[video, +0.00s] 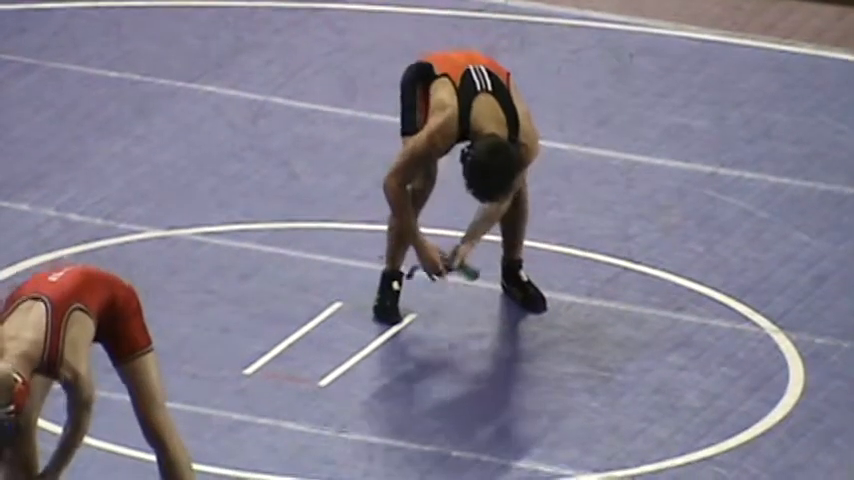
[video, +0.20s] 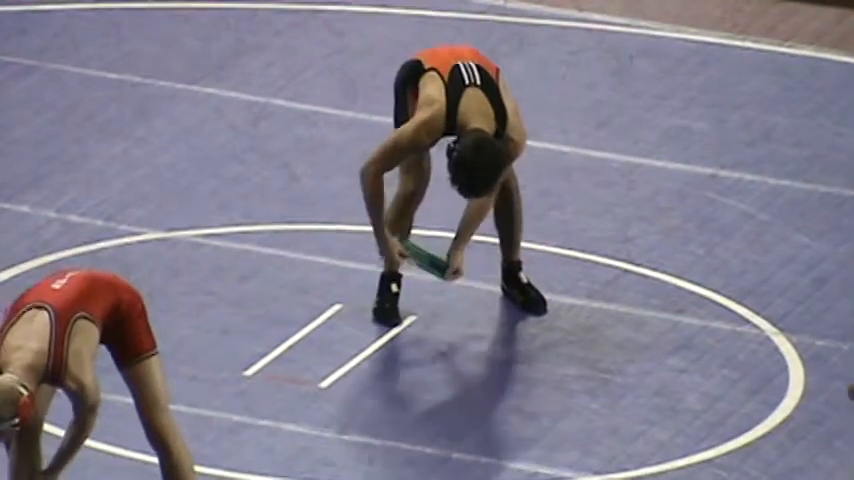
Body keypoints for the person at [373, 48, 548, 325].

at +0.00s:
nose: (489, 204)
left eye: (497, 199)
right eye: (483, 198)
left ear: (514, 169)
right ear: (468, 160)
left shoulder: (528, 144)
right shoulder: (443, 129)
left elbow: (501, 202)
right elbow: (392, 183)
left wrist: (467, 244)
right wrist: (420, 246)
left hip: (492, 74)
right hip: (428, 74)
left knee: (517, 191)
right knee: (420, 184)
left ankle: (513, 273)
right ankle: (391, 279)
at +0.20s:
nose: (469, 199)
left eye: (477, 196)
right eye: (464, 194)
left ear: (500, 165)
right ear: (453, 153)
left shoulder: (515, 140)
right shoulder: (428, 124)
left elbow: (486, 195)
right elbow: (370, 171)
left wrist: (458, 248)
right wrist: (383, 240)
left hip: (486, 73)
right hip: (421, 72)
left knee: (507, 185)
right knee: (413, 186)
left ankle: (513, 275)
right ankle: (391, 282)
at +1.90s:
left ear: (477, 188)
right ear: (429, 192)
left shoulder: (493, 153)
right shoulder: (401, 151)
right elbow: (381, 186)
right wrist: (404, 242)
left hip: (467, 75)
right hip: (411, 76)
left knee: (508, 194)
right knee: (405, 191)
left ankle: (521, 270)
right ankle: (391, 279)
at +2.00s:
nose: (444, 228)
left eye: (451, 225)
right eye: (438, 223)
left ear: (473, 183)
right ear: (424, 186)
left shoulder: (492, 150)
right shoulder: (397, 151)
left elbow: (515, 200)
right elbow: (378, 177)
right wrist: (396, 230)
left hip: (464, 73)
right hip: (408, 76)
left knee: (506, 190)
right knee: (403, 192)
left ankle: (521, 268)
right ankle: (391, 277)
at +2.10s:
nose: (433, 221)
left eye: (443, 219)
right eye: (431, 215)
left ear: (469, 178)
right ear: (421, 183)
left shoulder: (488, 145)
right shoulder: (395, 141)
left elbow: (513, 196)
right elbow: (371, 164)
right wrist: (384, 216)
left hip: (464, 73)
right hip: (408, 73)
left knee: (503, 188)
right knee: (402, 186)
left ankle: (521, 267)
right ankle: (391, 276)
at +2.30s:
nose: (442, 193)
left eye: (446, 189)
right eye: (438, 189)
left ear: (462, 158)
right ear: (416, 145)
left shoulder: (482, 134)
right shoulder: (397, 111)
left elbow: (463, 194)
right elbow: (350, 131)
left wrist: (421, 236)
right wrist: (352, 197)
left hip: (469, 65)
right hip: (415, 63)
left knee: (502, 180)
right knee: (402, 187)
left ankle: (520, 264)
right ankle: (391, 276)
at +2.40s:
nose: (439, 152)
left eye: (449, 150)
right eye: (434, 145)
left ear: (466, 132)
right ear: (422, 115)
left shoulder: (487, 120)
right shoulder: (405, 88)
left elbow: (459, 185)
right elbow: (353, 114)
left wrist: (418, 230)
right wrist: (347, 180)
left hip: (480, 59)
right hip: (427, 53)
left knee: (507, 177)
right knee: (410, 179)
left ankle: (525, 256)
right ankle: (392, 273)